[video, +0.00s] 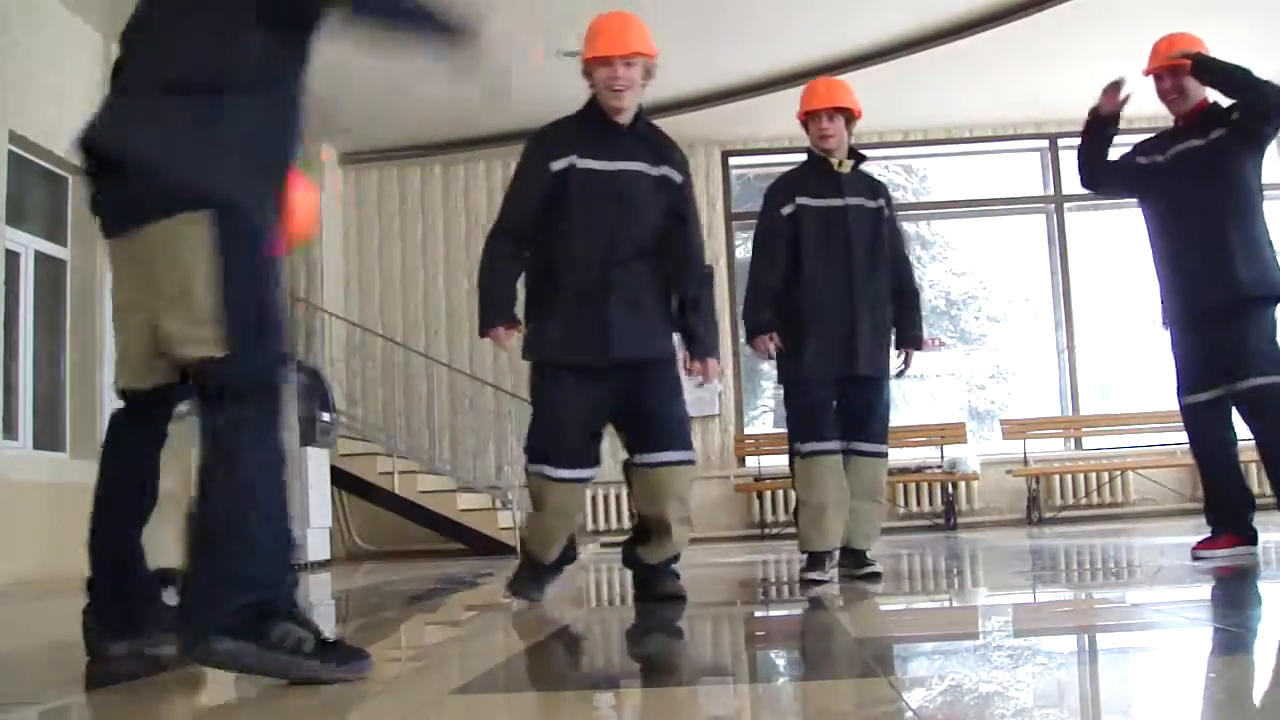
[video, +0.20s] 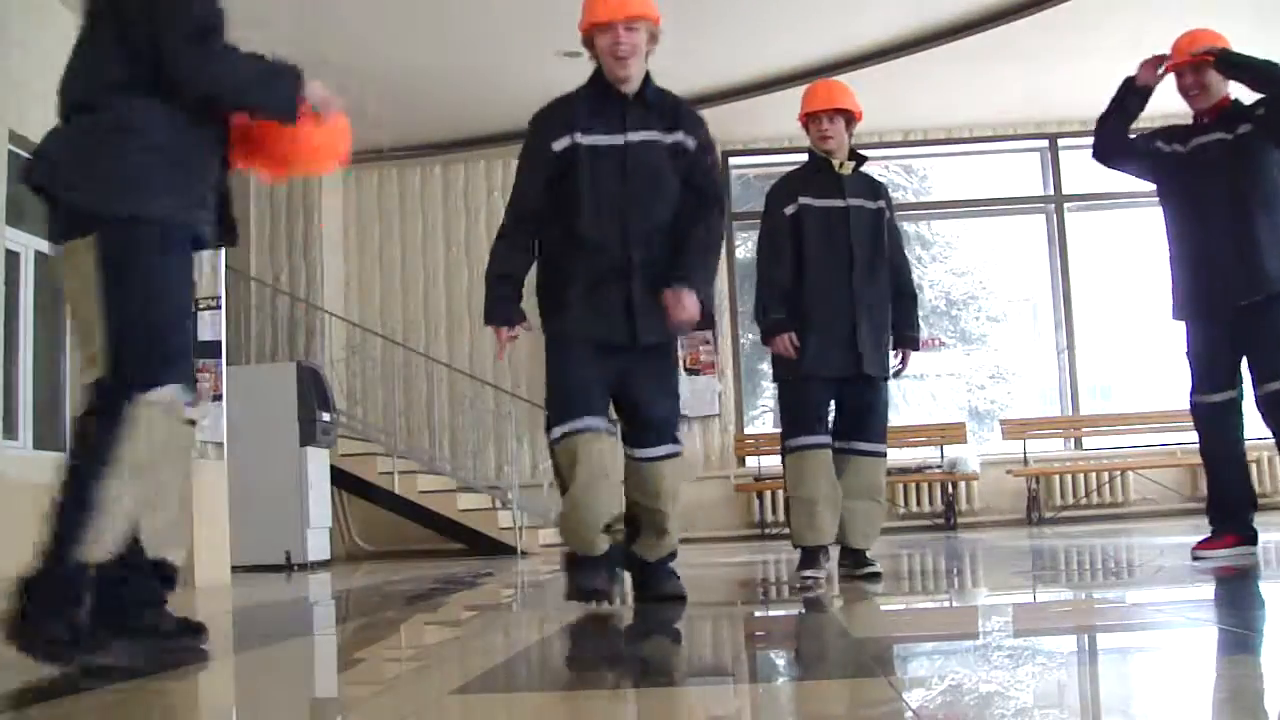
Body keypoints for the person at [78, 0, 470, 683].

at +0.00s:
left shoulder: (160, 17)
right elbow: (366, 4)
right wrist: (445, 28)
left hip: (127, 162)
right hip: (207, 165)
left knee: (145, 404)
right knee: (246, 393)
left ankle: (119, 624)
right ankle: (239, 613)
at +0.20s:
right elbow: (192, 66)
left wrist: (239, 123)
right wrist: (292, 89)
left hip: (142, 189)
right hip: (134, 186)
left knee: (145, 396)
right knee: (148, 394)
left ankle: (125, 598)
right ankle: (58, 600)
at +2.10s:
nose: (214, 137)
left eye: (217, 129)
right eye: (210, 126)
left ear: (195, 124)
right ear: (186, 118)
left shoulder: (202, 183)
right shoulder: (137, 150)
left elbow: (257, 211)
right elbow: (164, 181)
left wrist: (271, 148)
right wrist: (210, 124)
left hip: (193, 329)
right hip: (156, 325)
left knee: (205, 453)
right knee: (163, 455)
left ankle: (203, 573)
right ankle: (142, 582)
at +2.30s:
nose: (225, 144)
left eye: (232, 137)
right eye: (217, 133)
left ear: (235, 143)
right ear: (188, 130)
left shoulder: (230, 189)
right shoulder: (158, 172)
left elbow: (282, 200)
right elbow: (147, 147)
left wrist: (272, 140)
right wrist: (195, 102)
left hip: (216, 330)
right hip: (169, 323)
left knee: (215, 451)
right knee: (172, 448)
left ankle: (208, 573)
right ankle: (159, 575)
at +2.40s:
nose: (221, 146)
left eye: (227, 139)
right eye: (214, 135)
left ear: (230, 145)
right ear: (186, 133)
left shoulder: (233, 192)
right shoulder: (157, 172)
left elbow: (285, 207)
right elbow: (145, 150)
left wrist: (270, 146)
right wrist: (190, 106)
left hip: (224, 333)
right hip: (173, 327)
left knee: (220, 453)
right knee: (174, 450)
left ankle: (207, 572)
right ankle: (155, 573)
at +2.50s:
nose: (223, 149)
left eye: (229, 142)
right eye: (216, 138)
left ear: (234, 147)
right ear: (186, 133)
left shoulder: (235, 194)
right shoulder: (157, 175)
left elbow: (287, 208)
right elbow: (143, 148)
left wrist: (266, 146)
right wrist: (190, 103)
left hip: (226, 335)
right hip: (175, 329)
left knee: (225, 456)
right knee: (178, 453)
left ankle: (207, 573)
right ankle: (154, 573)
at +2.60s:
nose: (220, 149)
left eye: (227, 141)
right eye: (213, 138)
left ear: (233, 145)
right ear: (184, 131)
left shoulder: (233, 195)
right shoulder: (155, 176)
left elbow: (286, 210)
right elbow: (140, 152)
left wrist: (262, 148)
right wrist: (181, 106)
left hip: (226, 337)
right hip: (176, 332)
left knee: (225, 457)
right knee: (179, 455)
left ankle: (208, 573)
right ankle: (156, 573)